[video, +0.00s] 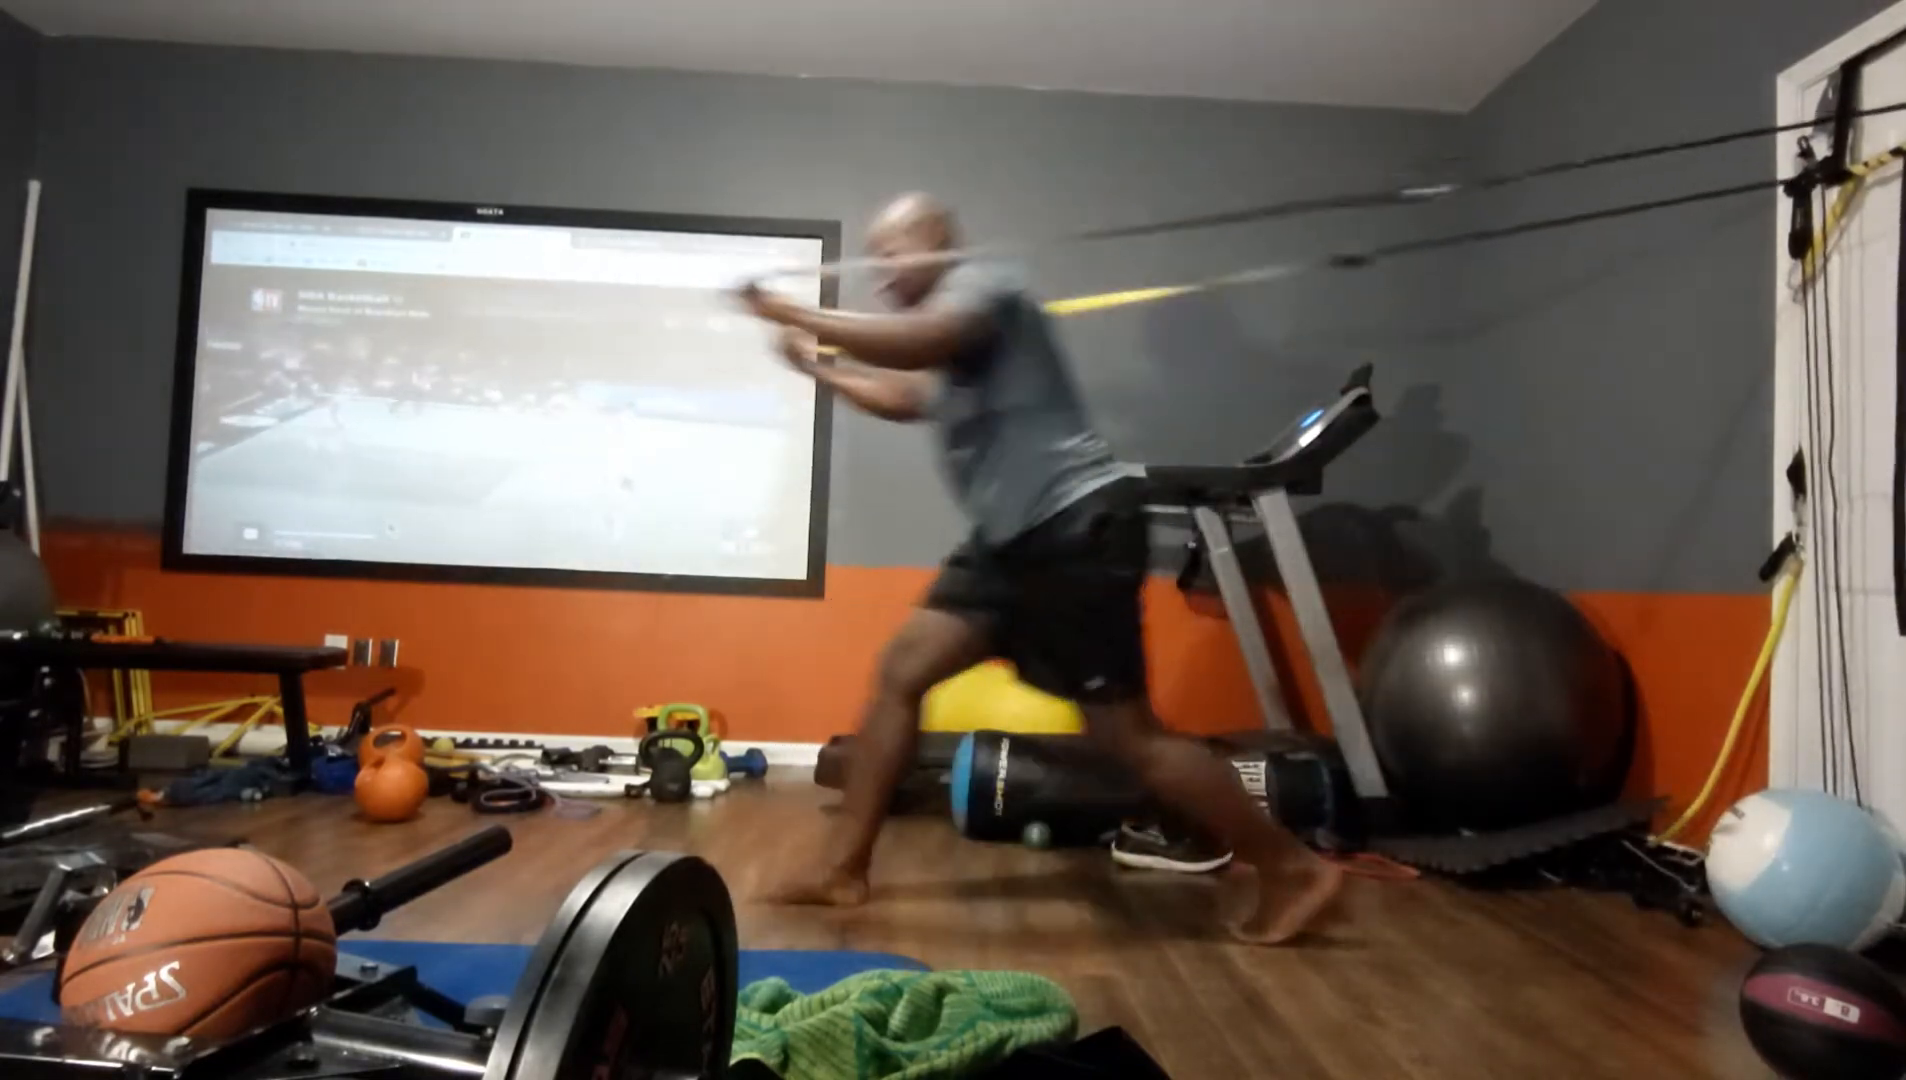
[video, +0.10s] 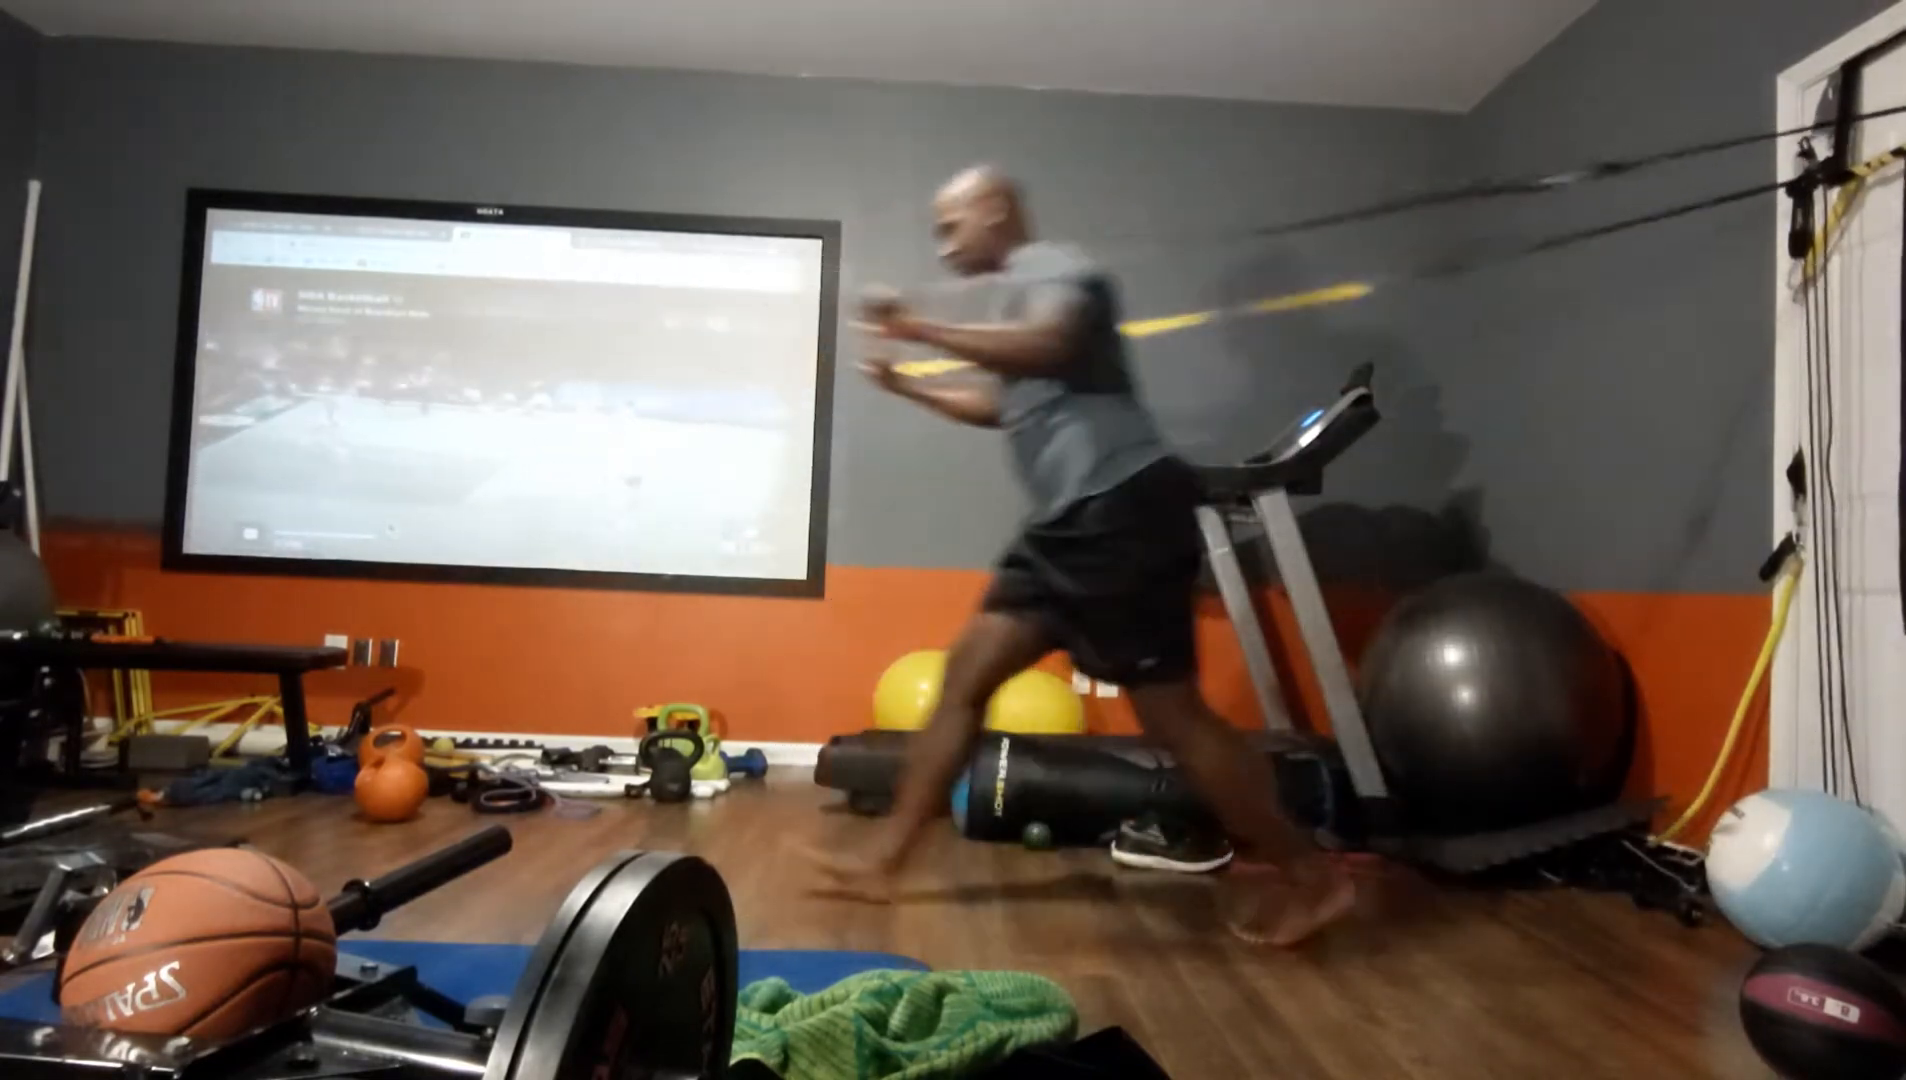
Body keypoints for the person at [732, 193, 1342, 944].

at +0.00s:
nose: (883, 270)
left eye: (895, 250)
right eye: (876, 258)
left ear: (940, 243)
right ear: (881, 262)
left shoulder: (988, 283)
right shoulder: (939, 343)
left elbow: (929, 338)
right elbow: (900, 398)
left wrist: (803, 317)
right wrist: (815, 363)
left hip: (1084, 523)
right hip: (1010, 542)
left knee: (1126, 736)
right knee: (903, 669)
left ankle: (1296, 872)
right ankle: (845, 871)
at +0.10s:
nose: (944, 242)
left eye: (953, 224)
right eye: (939, 232)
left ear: (1003, 211)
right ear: (966, 233)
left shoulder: (1054, 266)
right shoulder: (1003, 309)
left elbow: (1052, 342)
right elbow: (994, 405)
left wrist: (918, 326)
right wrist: (900, 383)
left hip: (1130, 505)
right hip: (1066, 522)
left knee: (1173, 717)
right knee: (965, 675)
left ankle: (1314, 876)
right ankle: (882, 864)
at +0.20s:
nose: (991, 228)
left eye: (1002, 208)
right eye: (988, 214)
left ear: (1053, 199)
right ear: (1039, 207)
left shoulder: (1102, 256)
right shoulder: (1060, 298)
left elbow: (1149, 346)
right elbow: (1073, 411)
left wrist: (1024, 349)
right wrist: (983, 399)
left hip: (1179, 503)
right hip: (1113, 519)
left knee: (1201, 717)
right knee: (1011, 656)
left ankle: (1317, 885)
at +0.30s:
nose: (1031, 213)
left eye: (1042, 194)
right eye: (1029, 200)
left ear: (1094, 188)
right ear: (1081, 197)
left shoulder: (1145, 249)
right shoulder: (1105, 293)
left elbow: (1234, 332)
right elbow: (1131, 412)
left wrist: (1115, 358)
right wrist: (1044, 409)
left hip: (1219, 494)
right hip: (1152, 509)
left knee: (1225, 710)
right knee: (1071, 663)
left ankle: (1323, 888)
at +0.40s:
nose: (1068, 203)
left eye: (1079, 183)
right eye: (1067, 187)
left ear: (1132, 180)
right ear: (1114, 190)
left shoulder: (1192, 241)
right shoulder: (1137, 285)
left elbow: (1299, 317)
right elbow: (1175, 403)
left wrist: (1190, 353)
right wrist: (1094, 412)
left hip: (1254, 486)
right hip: (1187, 500)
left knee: (1243, 693)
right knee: (1152, 679)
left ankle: (1326, 881)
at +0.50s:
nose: (1093, 201)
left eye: (1106, 181)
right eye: (1092, 187)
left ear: (1159, 181)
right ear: (1131, 193)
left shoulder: (1218, 241)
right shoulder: (1154, 292)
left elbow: (1331, 313)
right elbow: (1192, 399)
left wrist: (1231, 350)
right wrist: (1114, 410)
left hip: (1272, 490)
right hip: (1215, 502)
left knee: (1251, 693)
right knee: (1204, 685)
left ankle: (1329, 887)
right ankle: (1333, 838)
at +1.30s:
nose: (1052, 236)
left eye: (1060, 215)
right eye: (1049, 222)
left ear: (1110, 202)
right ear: (1086, 216)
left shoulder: (1168, 257)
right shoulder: (1115, 299)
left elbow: (1266, 334)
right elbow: (1163, 402)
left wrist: (1173, 391)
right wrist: (1098, 420)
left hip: (1219, 505)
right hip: (1168, 518)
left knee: (1210, 708)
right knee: (1192, 710)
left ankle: (1398, 845)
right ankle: (1319, 858)